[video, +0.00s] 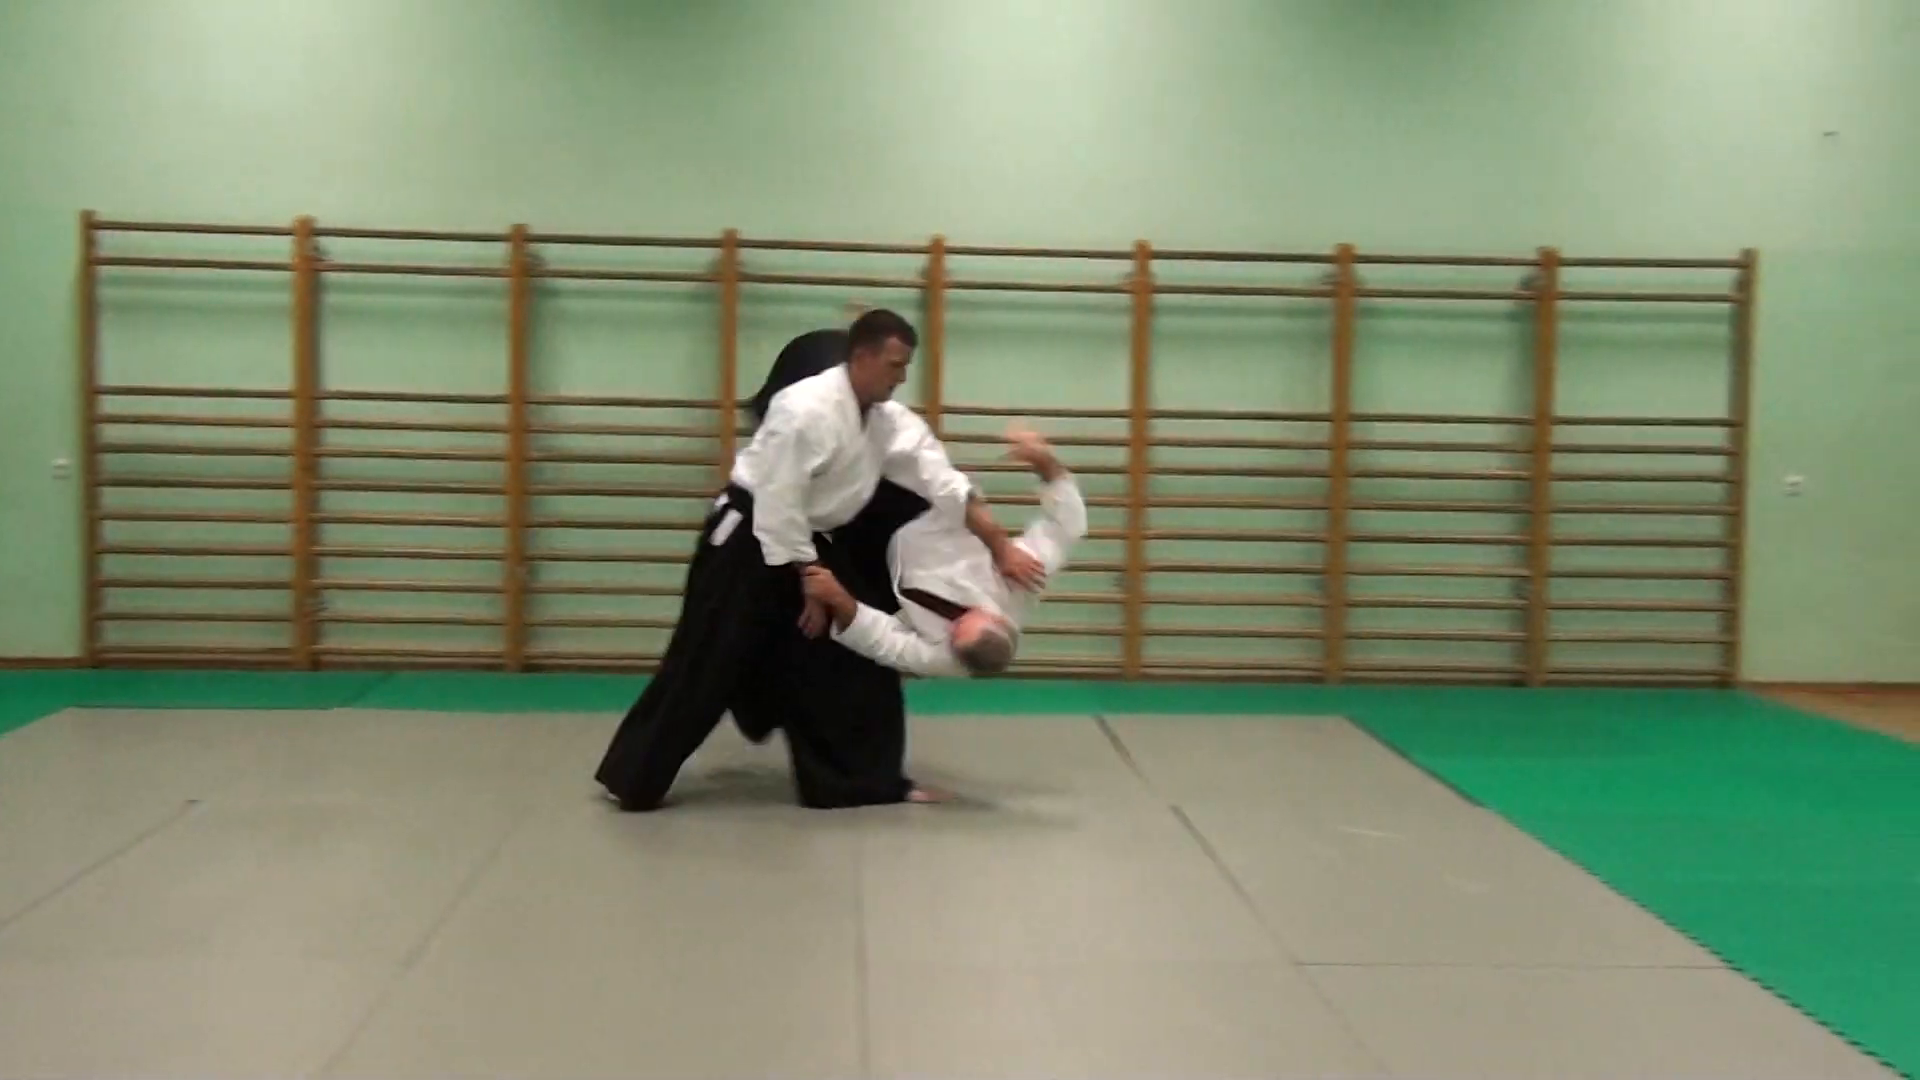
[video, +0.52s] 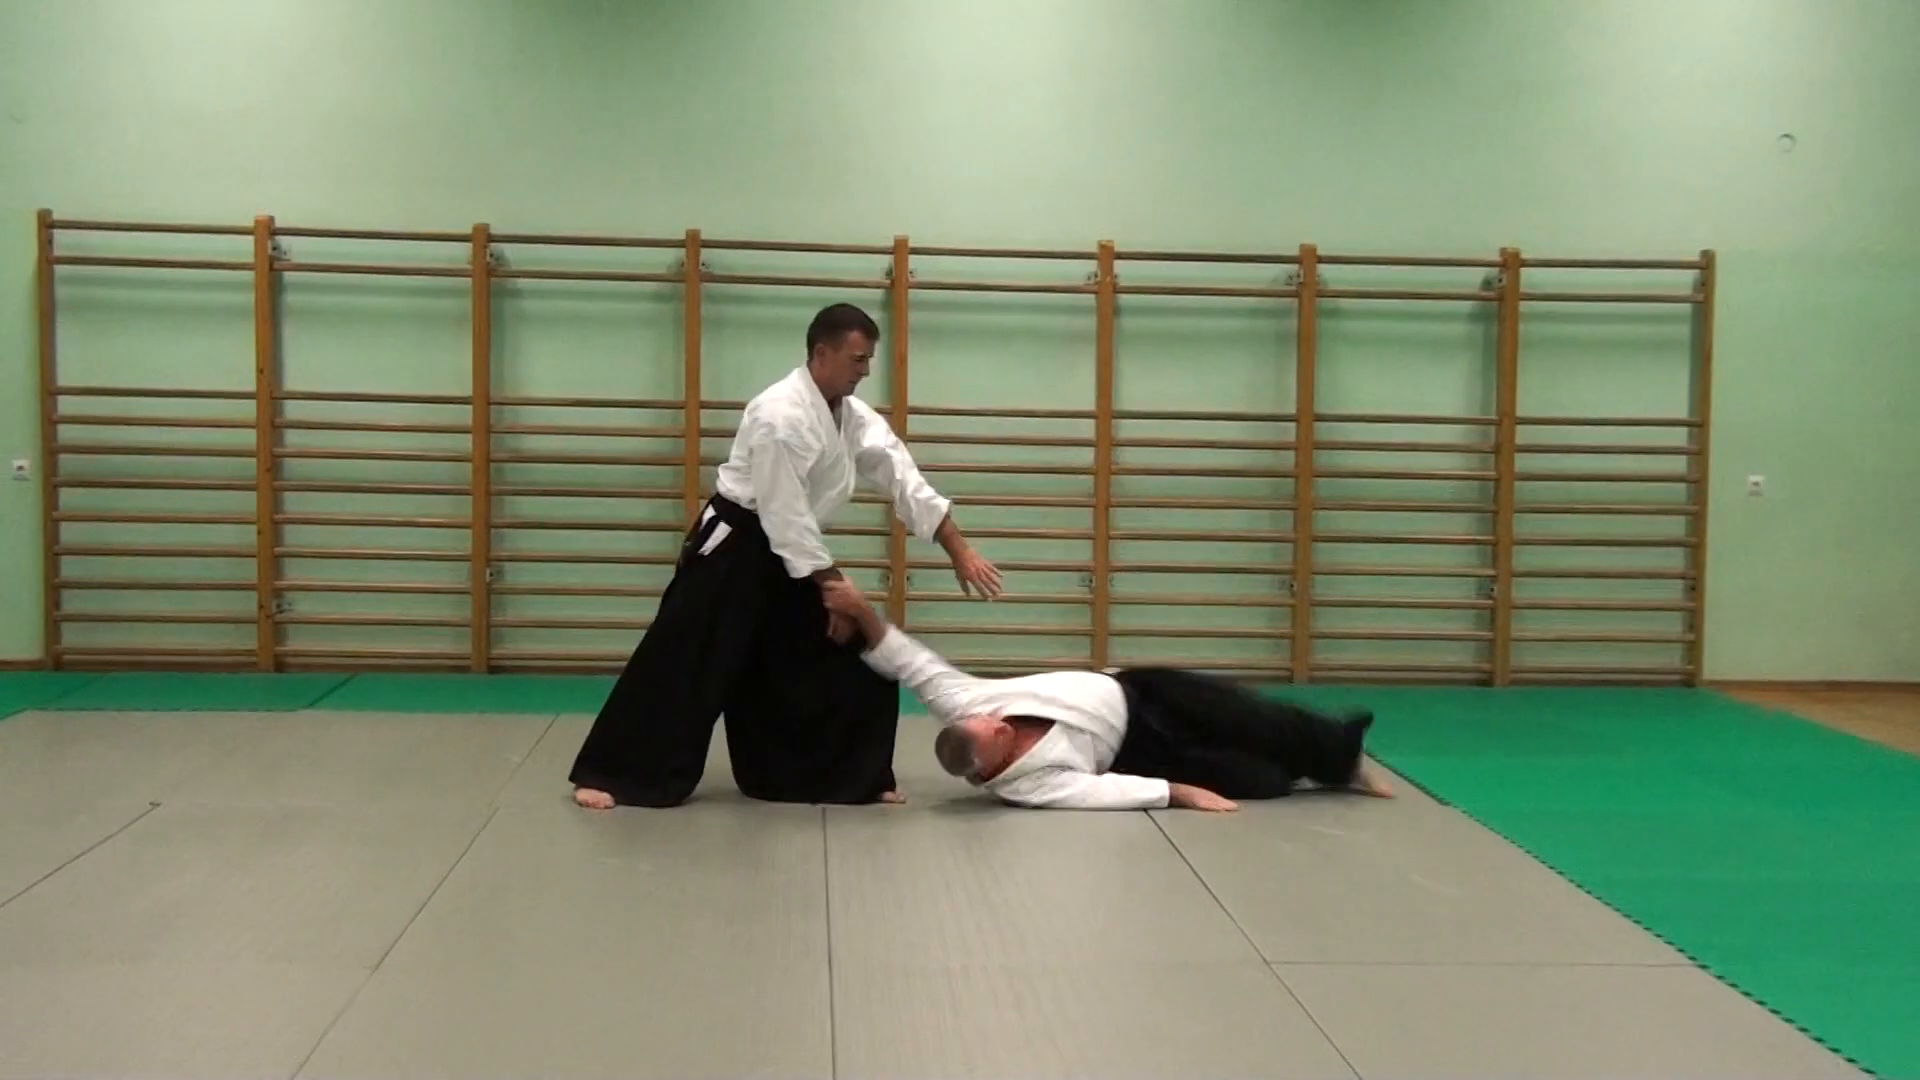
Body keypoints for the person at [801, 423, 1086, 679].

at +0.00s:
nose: (968, 623)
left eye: (965, 636)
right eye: (985, 625)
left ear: (961, 646)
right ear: (996, 620)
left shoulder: (940, 656)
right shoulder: (1019, 582)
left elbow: (886, 642)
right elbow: (1068, 524)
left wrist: (837, 600)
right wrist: (1049, 466)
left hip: (886, 560)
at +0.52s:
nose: (1004, 728)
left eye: (992, 726)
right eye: (996, 741)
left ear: (983, 722)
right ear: (989, 769)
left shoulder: (967, 706)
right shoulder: (1031, 784)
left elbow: (916, 662)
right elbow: (1105, 788)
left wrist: (865, 621)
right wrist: (1176, 793)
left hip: (1139, 692)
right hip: (1148, 750)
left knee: (1252, 717)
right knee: (1254, 777)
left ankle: (1341, 754)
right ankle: (1311, 771)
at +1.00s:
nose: (1010, 726)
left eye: (1001, 721)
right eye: (1002, 740)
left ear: (992, 714)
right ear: (992, 767)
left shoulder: (986, 705)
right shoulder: (1035, 782)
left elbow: (942, 657)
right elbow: (1109, 788)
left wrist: (903, 602)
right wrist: (1177, 795)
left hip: (1144, 700)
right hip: (1159, 756)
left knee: (1244, 675)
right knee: (1259, 771)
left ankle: (1347, 691)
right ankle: (1312, 768)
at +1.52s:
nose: (1097, 598)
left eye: (1093, 589)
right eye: (1087, 594)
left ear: (1059, 606)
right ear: (1065, 608)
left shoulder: (1068, 633)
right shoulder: (1068, 666)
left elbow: (1113, 683)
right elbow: (1109, 733)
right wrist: (1163, 789)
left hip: (1157, 698)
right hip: (1165, 742)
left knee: (1224, 654)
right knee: (1288, 706)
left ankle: (1320, 712)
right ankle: (1377, 712)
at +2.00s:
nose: (1047, 589)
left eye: (1045, 581)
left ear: (1050, 578)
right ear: (1088, 556)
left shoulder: (1055, 617)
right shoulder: (1136, 571)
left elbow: (1041, 691)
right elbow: (1212, 579)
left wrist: (1034, 753)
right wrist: (1257, 605)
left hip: (1147, 715)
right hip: (1190, 672)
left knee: (1236, 748)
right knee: (1279, 678)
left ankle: (1323, 751)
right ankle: (1350, 743)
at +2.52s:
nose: (1035, 526)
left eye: (1037, 516)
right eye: (1033, 517)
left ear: (1062, 510)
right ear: (1068, 504)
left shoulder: (1089, 549)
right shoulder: (1123, 502)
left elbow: (1070, 629)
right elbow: (1177, 509)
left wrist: (1048, 704)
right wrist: (1150, 562)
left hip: (1205, 628)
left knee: (1175, 734)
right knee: (1110, 631)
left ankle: (1278, 717)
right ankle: (1121, 718)